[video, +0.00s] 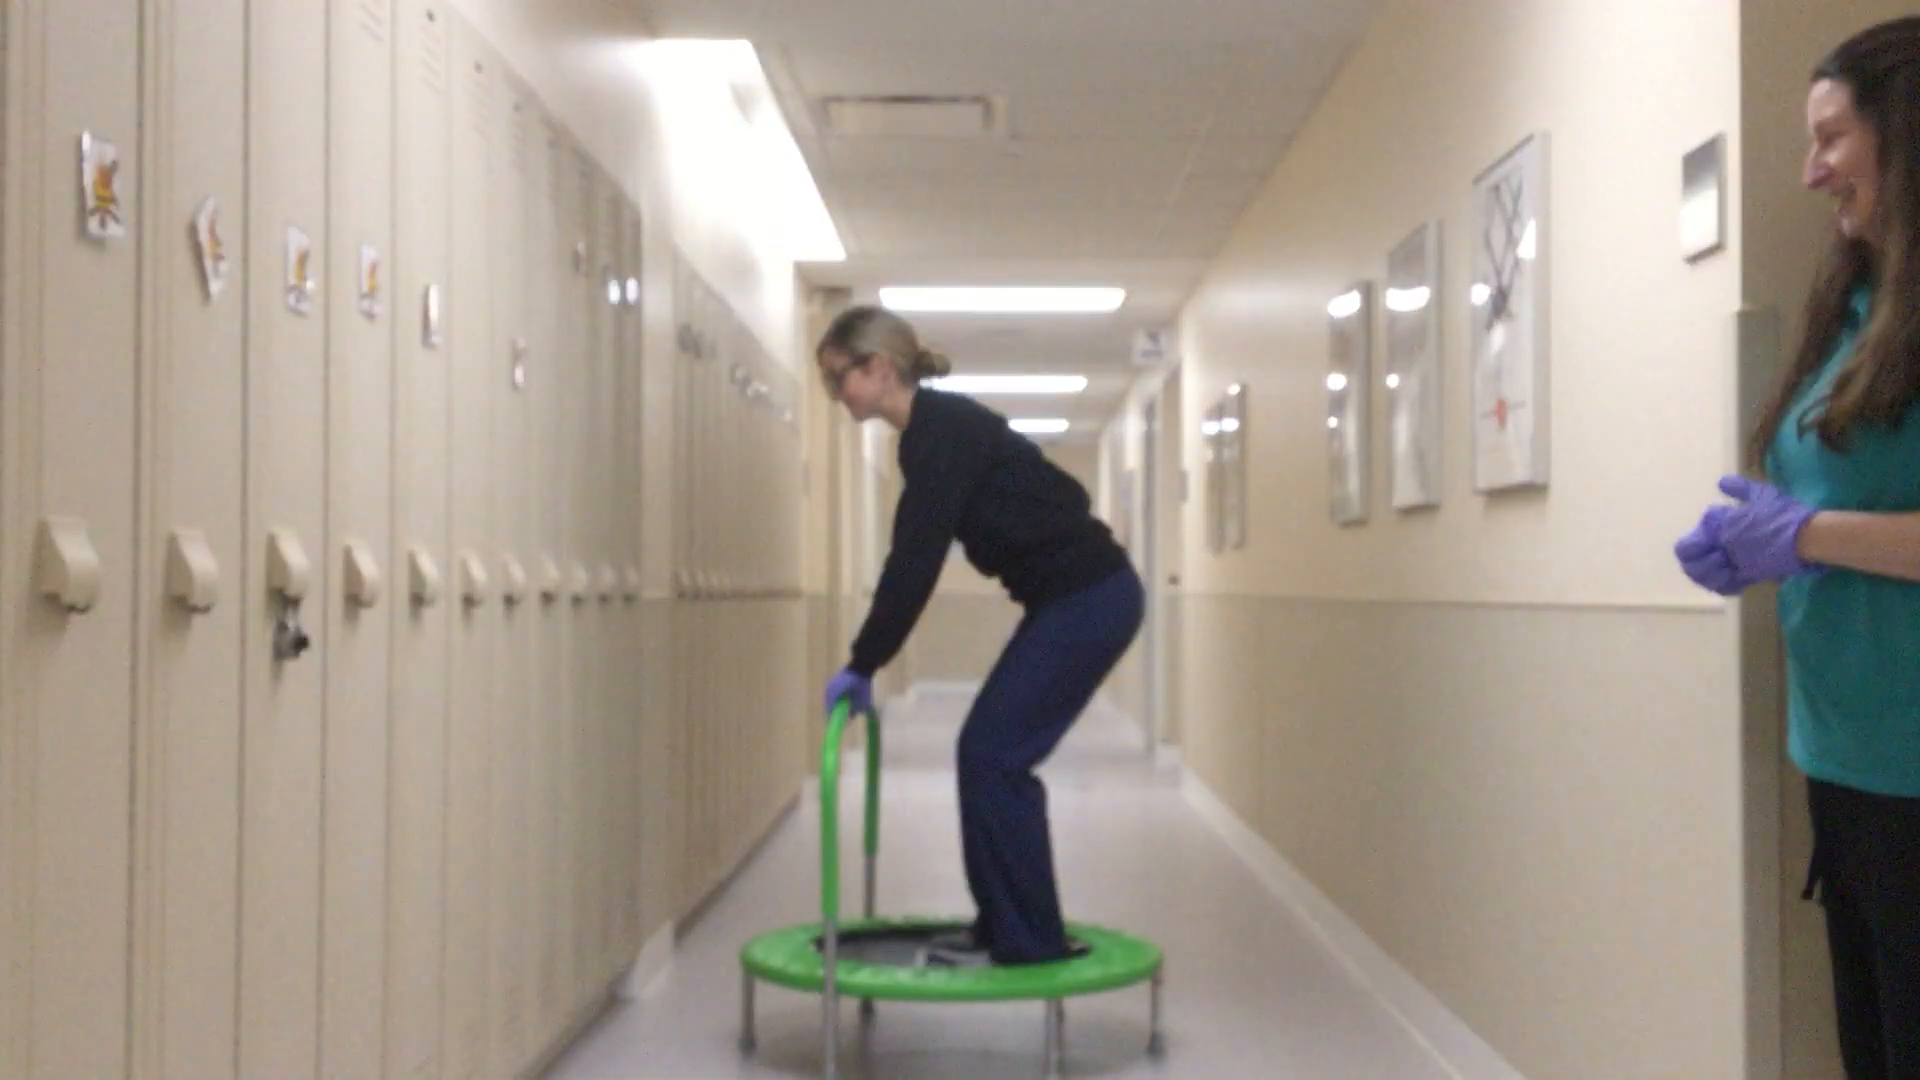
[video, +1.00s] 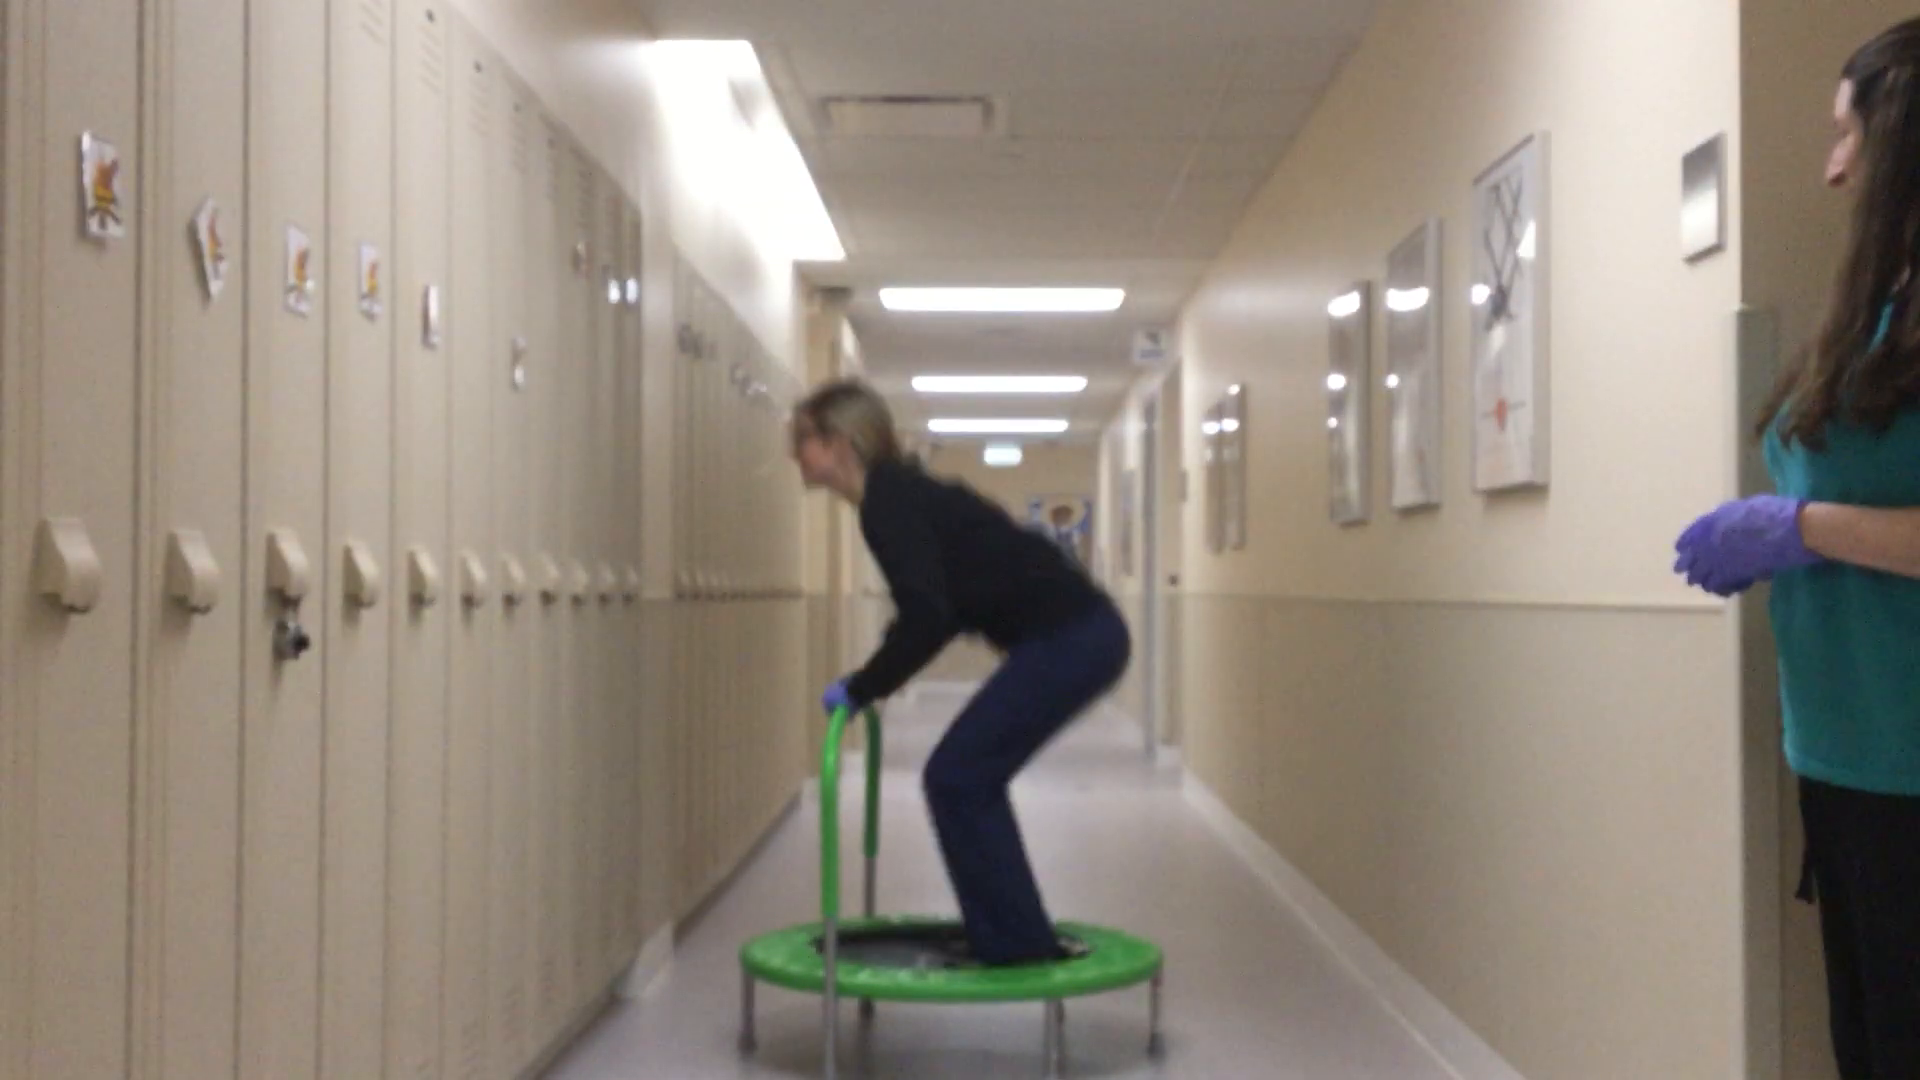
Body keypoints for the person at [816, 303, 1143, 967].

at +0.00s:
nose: (837, 394)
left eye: (841, 376)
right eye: (833, 380)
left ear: (882, 367)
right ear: (884, 371)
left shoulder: (942, 429)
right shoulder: (931, 431)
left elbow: (916, 560)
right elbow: (912, 559)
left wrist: (864, 665)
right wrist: (864, 662)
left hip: (1090, 598)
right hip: (1071, 598)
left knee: (994, 752)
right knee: (986, 749)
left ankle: (1030, 938)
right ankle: (1008, 925)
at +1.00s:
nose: (796, 458)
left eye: (802, 443)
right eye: (796, 444)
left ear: (836, 446)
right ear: (841, 446)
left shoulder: (892, 500)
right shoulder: (895, 496)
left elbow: (932, 616)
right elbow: (934, 614)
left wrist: (864, 686)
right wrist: (865, 682)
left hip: (1073, 640)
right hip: (1076, 636)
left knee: (955, 776)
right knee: (966, 776)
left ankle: (1012, 942)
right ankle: (1016, 937)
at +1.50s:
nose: (750, 417)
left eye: (753, 400)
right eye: (747, 403)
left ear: (788, 394)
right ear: (798, 393)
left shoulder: (851, 443)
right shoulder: (862, 438)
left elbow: (873, 569)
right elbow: (894, 573)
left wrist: (854, 682)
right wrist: (861, 679)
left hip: (1061, 539)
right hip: (1060, 537)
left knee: (1014, 723)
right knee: (1012, 721)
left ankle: (1014, 919)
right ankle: (1011, 916)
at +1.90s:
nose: (776, 450)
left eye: (782, 434)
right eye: (774, 436)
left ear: (818, 432)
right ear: (820, 434)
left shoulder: (873, 491)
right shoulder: (870, 489)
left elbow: (911, 608)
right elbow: (908, 607)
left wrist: (857, 687)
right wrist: (858, 682)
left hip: (1061, 622)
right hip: (1056, 620)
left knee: (955, 766)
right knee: (956, 764)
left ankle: (998, 936)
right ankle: (996, 932)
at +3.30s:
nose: (824, 386)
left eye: (819, 368)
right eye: (815, 374)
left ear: (851, 346)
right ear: (856, 346)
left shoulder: (916, 398)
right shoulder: (918, 396)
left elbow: (908, 528)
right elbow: (909, 528)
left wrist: (879, 646)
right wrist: (880, 645)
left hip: (1087, 541)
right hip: (1083, 539)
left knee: (1006, 707)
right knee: (1006, 708)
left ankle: (1014, 909)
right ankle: (1005, 905)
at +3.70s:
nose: (839, 468)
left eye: (835, 452)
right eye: (830, 458)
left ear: (865, 430)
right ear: (868, 431)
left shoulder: (929, 487)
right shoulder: (924, 486)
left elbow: (966, 603)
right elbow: (962, 604)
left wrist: (891, 681)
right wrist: (891, 678)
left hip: (1087, 650)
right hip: (1076, 648)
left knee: (964, 775)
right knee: (961, 773)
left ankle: (1016, 946)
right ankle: (1012, 942)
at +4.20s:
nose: (883, 380)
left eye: (879, 363)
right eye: (874, 370)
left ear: (904, 335)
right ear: (907, 337)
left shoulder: (974, 389)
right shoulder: (968, 390)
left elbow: (999, 517)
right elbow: (997, 520)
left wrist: (984, 630)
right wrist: (984, 628)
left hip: (1087, 596)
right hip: (1080, 595)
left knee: (997, 754)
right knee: (996, 754)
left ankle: (1023, 942)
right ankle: (1023, 938)